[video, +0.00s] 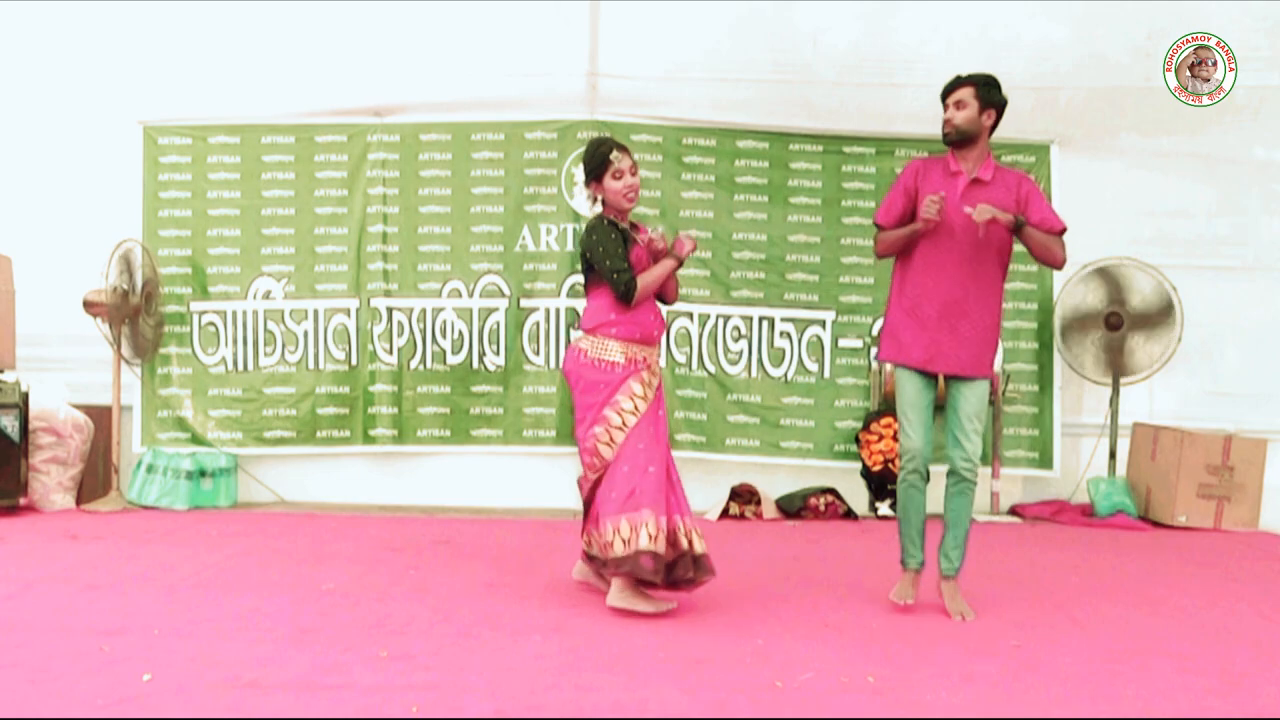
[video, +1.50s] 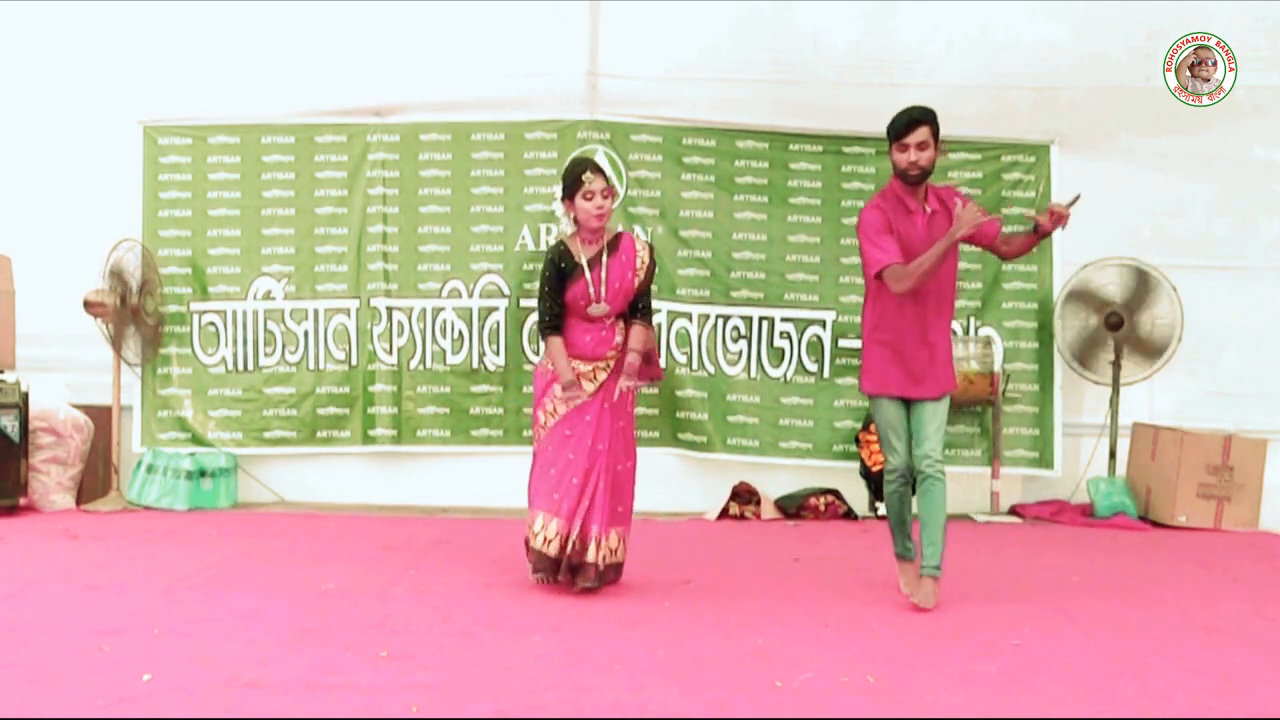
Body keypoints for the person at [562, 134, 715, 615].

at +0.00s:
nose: (630, 182)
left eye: (633, 172)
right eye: (618, 176)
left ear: (639, 175)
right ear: (597, 188)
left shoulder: (638, 234)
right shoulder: (600, 232)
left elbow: (668, 294)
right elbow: (627, 289)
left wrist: (663, 257)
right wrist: (672, 258)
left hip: (636, 359)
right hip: (605, 360)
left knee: (626, 458)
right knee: (635, 458)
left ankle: (594, 556)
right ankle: (625, 580)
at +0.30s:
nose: (647, 183)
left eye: (647, 174)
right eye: (634, 178)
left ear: (649, 178)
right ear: (612, 190)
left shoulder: (635, 234)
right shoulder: (623, 232)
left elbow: (629, 296)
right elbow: (598, 285)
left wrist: (670, 309)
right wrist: (631, 305)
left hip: (639, 371)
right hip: (623, 372)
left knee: (672, 463)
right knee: (665, 467)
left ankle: (612, 548)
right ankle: (631, 585)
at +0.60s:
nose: (626, 197)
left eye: (629, 187)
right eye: (613, 190)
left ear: (634, 192)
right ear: (591, 201)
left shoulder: (635, 245)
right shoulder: (591, 249)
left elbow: (632, 306)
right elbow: (585, 317)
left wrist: (670, 312)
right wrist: (645, 330)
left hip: (632, 371)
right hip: (597, 374)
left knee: (647, 465)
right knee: (627, 467)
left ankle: (598, 562)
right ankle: (622, 587)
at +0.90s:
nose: (600, 190)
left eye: (605, 181)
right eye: (589, 183)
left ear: (612, 187)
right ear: (568, 193)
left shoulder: (628, 241)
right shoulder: (557, 243)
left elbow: (646, 306)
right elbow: (544, 308)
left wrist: (618, 300)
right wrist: (595, 323)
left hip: (613, 363)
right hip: (564, 365)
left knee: (617, 455)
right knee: (561, 456)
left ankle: (612, 558)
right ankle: (545, 544)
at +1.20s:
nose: (591, 185)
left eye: (595, 176)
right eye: (580, 178)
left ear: (603, 182)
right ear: (559, 187)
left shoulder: (622, 241)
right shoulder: (544, 240)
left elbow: (632, 306)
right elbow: (520, 303)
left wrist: (628, 362)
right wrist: (513, 361)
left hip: (603, 364)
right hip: (550, 363)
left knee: (598, 456)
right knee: (551, 455)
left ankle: (590, 556)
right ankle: (551, 554)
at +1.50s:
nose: (600, 204)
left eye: (606, 194)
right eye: (588, 196)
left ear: (615, 198)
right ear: (570, 204)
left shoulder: (637, 252)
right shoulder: (560, 256)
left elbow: (641, 313)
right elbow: (549, 323)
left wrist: (633, 358)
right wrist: (566, 375)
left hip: (614, 368)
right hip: (564, 366)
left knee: (605, 458)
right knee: (563, 456)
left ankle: (596, 557)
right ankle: (558, 552)